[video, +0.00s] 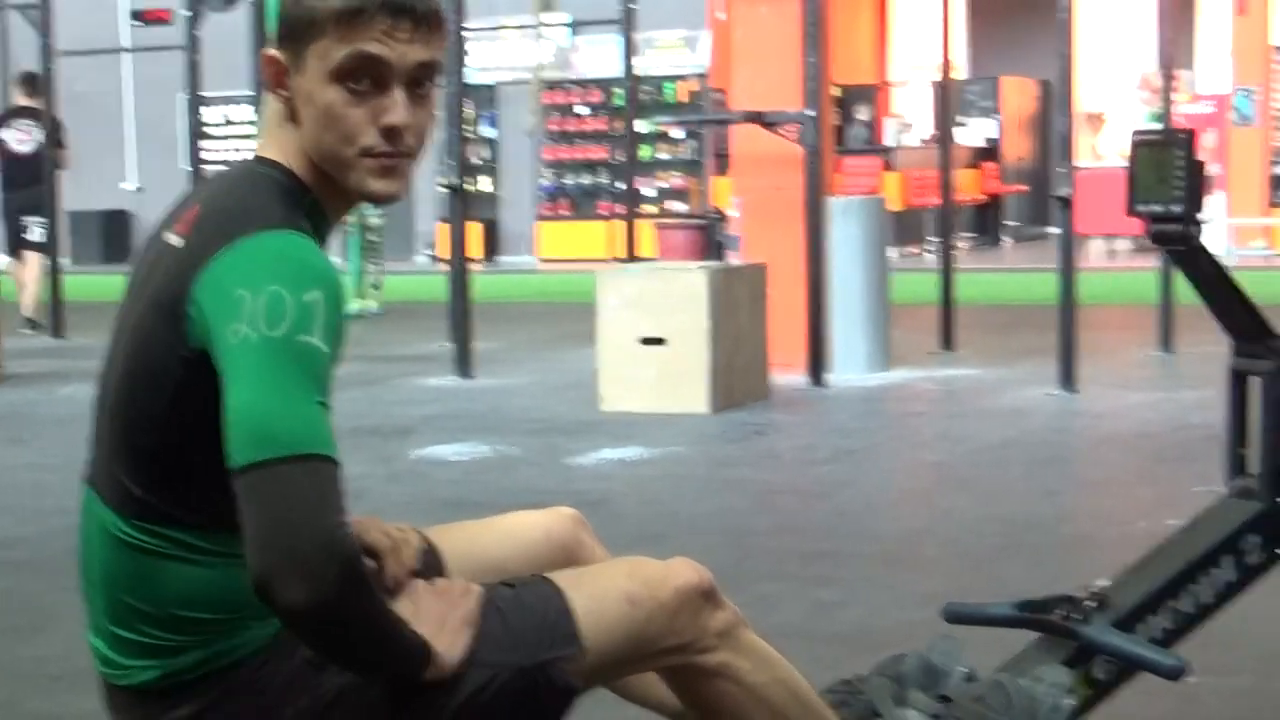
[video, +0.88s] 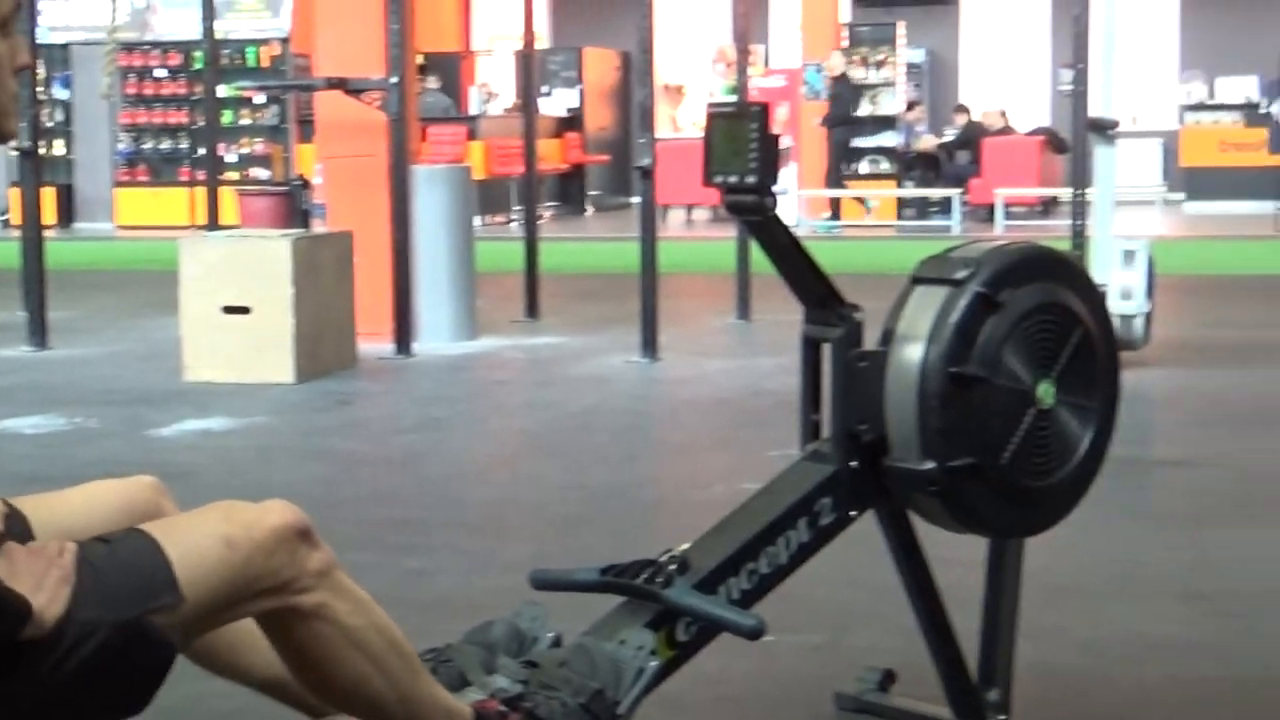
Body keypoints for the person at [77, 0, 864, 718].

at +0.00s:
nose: (400, 118)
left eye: (422, 85)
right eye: (363, 81)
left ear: (442, 91)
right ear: (283, 82)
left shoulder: (259, 218)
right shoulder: (271, 256)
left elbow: (215, 470)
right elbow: (297, 571)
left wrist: (343, 538)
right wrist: (411, 659)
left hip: (222, 617)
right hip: (236, 679)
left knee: (560, 538)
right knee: (688, 599)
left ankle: (720, 702)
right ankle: (829, 710)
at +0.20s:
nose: (310, 106)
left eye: (331, 69)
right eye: (272, 65)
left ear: (351, 68)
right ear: (188, 58)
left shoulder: (142, 195)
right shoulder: (180, 237)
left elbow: (109, 462)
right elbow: (206, 556)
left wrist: (247, 518)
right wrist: (319, 644)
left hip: (115, 607)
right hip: (137, 667)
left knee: (466, 523)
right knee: (596, 581)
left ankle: (652, 695)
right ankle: (746, 709)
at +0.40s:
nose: (214, 74)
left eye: (233, 41)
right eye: (173, 35)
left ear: (249, 45)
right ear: (86, 31)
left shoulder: (52, 168)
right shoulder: (80, 206)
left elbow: (36, 433)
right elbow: (108, 522)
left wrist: (146, 492)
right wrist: (220, 609)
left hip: (57, 586)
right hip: (53, 642)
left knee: (366, 492)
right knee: (490, 551)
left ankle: (590, 689)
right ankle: (666, 710)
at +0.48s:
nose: (186, 64)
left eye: (196, 32)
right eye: (144, 29)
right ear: (48, 27)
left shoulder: (43, 176)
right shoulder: (41, 205)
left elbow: (52, 453)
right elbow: (62, 515)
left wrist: (152, 506)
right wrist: (171, 607)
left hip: (49, 583)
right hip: (40, 637)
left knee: (322, 491)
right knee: (450, 549)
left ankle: (555, 687)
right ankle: (629, 708)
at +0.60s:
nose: (154, 52)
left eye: (149, 25)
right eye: (122, 24)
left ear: (33, 32)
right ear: (23, 28)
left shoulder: (24, 197)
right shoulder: (18, 214)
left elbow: (10, 446)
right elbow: (18, 506)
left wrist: (59, 493)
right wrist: (116, 595)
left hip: (38, 570)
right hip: (31, 636)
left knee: (262, 491)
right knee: (390, 543)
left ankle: (487, 685)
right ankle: (570, 708)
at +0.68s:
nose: (115, 49)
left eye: (111, 23)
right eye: (91, 21)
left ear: (27, 32)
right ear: (11, 28)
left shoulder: (14, 216)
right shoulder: (9, 230)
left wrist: (39, 503)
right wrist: (59, 593)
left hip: (24, 545)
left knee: (221, 493)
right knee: (358, 539)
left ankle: (447, 692)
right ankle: (536, 709)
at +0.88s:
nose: (25, 68)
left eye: (24, 58)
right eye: (19, 58)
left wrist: (10, 532)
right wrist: (21, 598)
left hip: (2, 550)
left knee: (141, 501)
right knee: (281, 539)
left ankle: (343, 700)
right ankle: (449, 710)